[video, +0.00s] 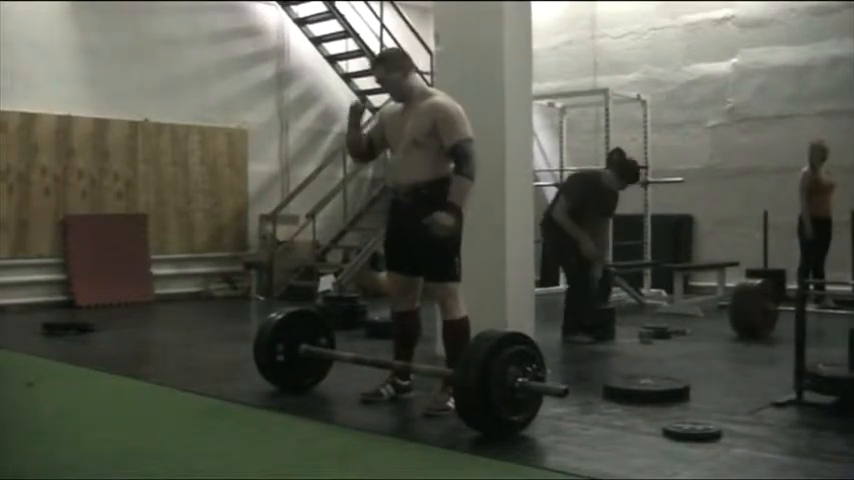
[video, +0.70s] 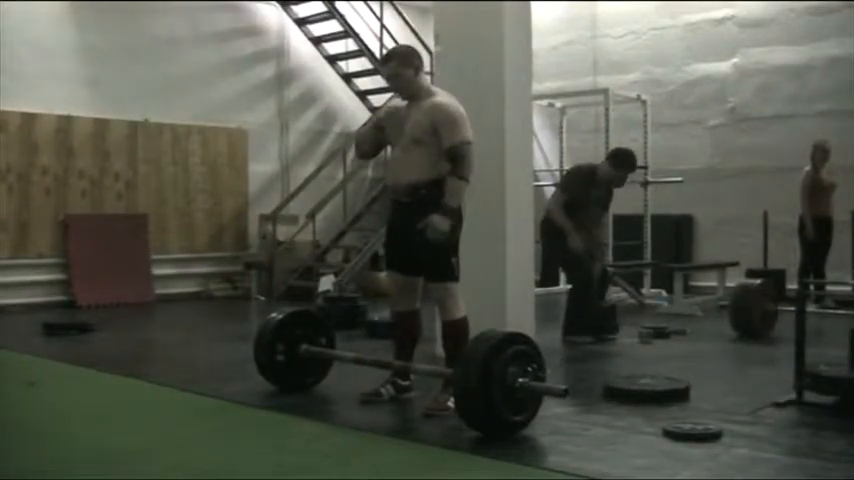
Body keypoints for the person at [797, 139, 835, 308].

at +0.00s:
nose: (819, 159)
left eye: (821, 155)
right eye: (816, 155)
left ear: (825, 157)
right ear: (810, 156)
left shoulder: (824, 175)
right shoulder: (807, 175)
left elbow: (824, 200)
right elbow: (804, 202)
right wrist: (807, 224)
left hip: (823, 220)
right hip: (810, 220)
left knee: (819, 259)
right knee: (807, 258)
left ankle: (820, 293)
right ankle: (803, 293)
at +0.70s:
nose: (823, 158)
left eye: (825, 155)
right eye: (820, 155)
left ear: (828, 157)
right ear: (813, 155)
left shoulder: (823, 175)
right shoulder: (809, 175)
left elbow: (824, 200)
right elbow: (805, 202)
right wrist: (808, 224)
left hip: (824, 220)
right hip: (811, 220)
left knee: (819, 260)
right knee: (808, 259)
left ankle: (820, 294)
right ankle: (803, 293)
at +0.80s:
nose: (824, 159)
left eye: (826, 155)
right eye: (821, 155)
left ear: (828, 157)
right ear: (814, 155)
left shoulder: (824, 175)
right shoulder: (810, 175)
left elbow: (825, 199)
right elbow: (806, 202)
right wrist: (809, 224)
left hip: (825, 220)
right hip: (812, 220)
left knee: (820, 259)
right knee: (809, 258)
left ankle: (821, 294)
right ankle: (803, 293)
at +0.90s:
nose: (824, 159)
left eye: (826, 155)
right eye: (821, 155)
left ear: (828, 157)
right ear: (814, 155)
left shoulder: (824, 175)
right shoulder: (810, 175)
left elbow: (825, 200)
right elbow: (806, 202)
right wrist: (809, 224)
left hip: (825, 220)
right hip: (812, 220)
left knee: (820, 260)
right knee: (809, 259)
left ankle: (820, 294)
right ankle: (803, 293)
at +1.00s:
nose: (824, 159)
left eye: (826, 155)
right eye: (821, 155)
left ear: (828, 157)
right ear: (814, 155)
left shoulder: (823, 175)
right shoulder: (809, 175)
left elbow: (824, 200)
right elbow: (806, 202)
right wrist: (809, 224)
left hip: (825, 220)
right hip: (811, 220)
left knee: (820, 259)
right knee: (808, 259)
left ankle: (820, 293)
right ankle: (803, 293)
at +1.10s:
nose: (824, 159)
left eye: (826, 155)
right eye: (821, 155)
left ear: (828, 157)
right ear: (814, 155)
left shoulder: (824, 175)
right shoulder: (809, 175)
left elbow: (824, 199)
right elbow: (805, 201)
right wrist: (809, 224)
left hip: (824, 220)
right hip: (811, 220)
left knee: (820, 259)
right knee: (808, 258)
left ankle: (820, 294)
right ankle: (802, 293)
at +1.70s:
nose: (824, 159)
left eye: (826, 156)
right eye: (821, 155)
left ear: (828, 157)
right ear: (814, 155)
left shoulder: (824, 175)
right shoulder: (809, 174)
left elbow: (825, 200)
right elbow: (805, 201)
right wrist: (809, 224)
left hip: (824, 221)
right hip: (811, 220)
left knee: (820, 260)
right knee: (808, 259)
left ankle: (820, 294)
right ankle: (803, 293)